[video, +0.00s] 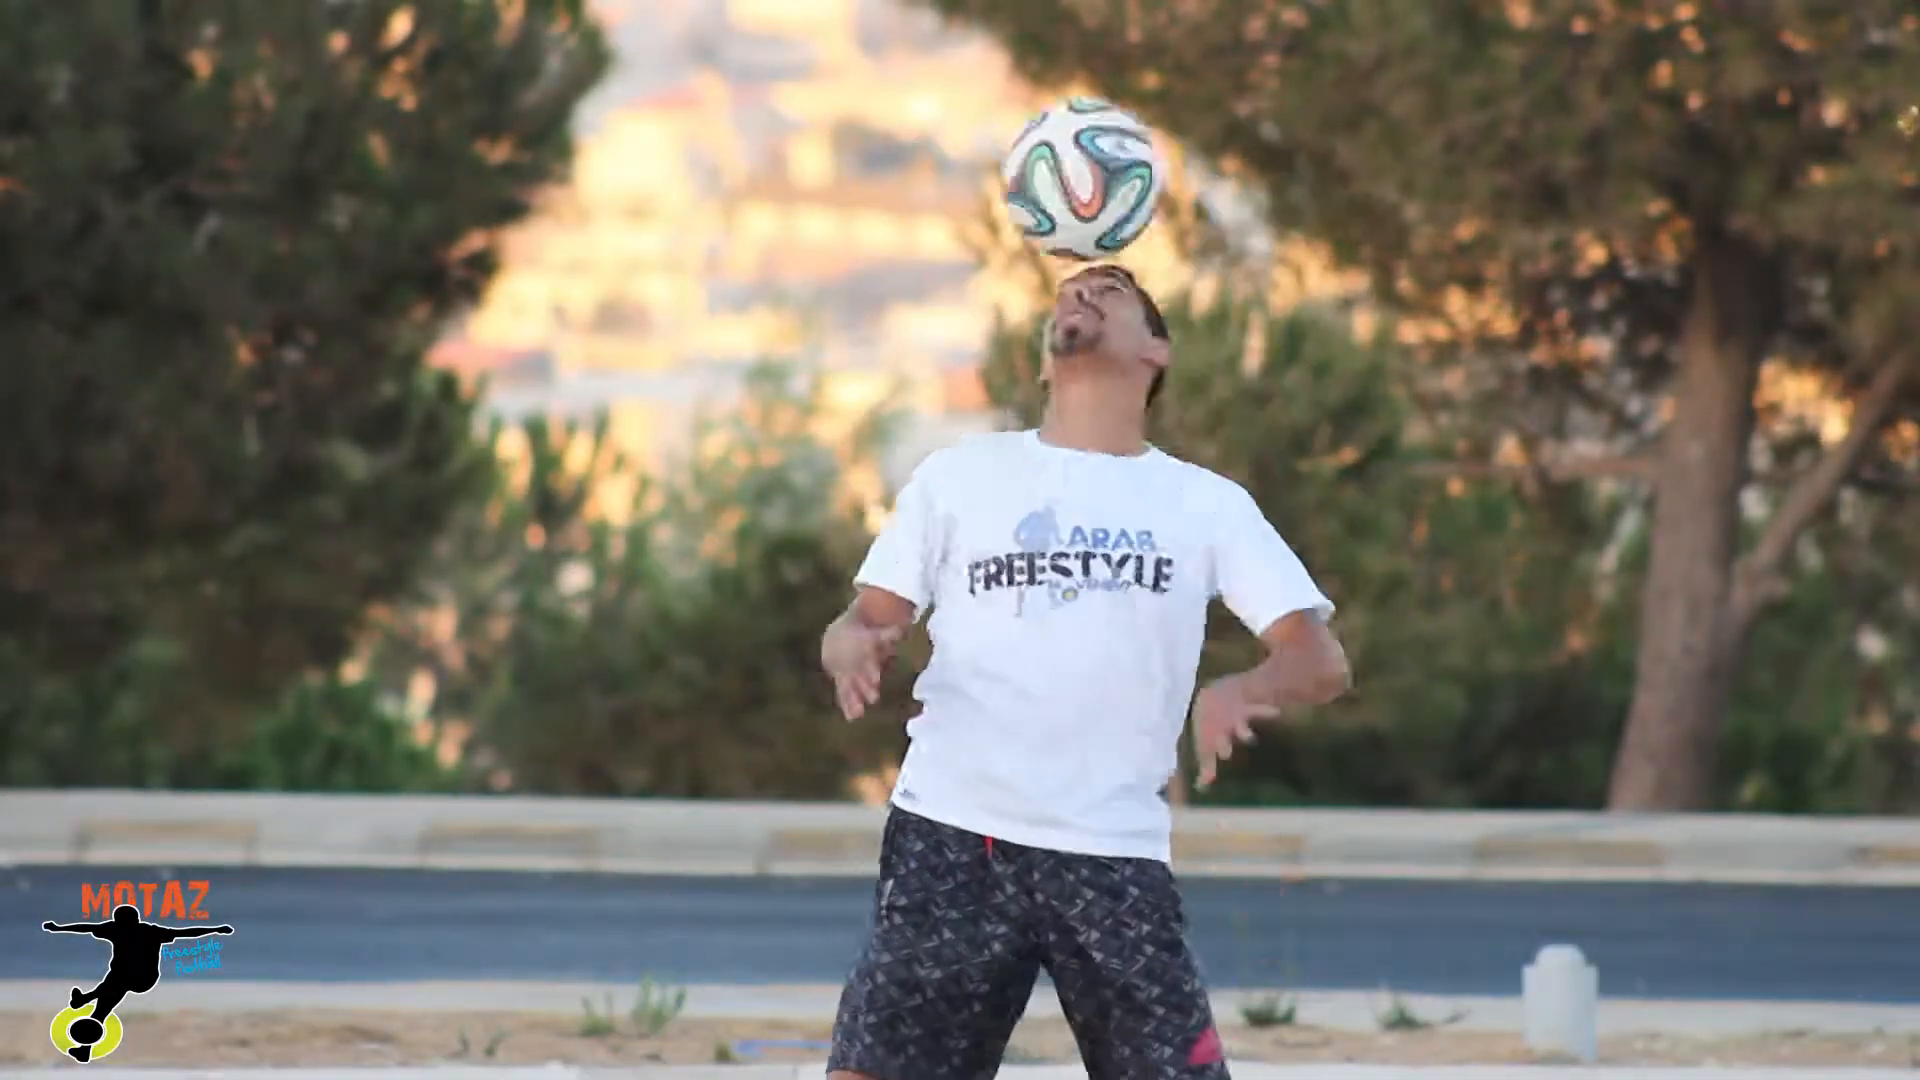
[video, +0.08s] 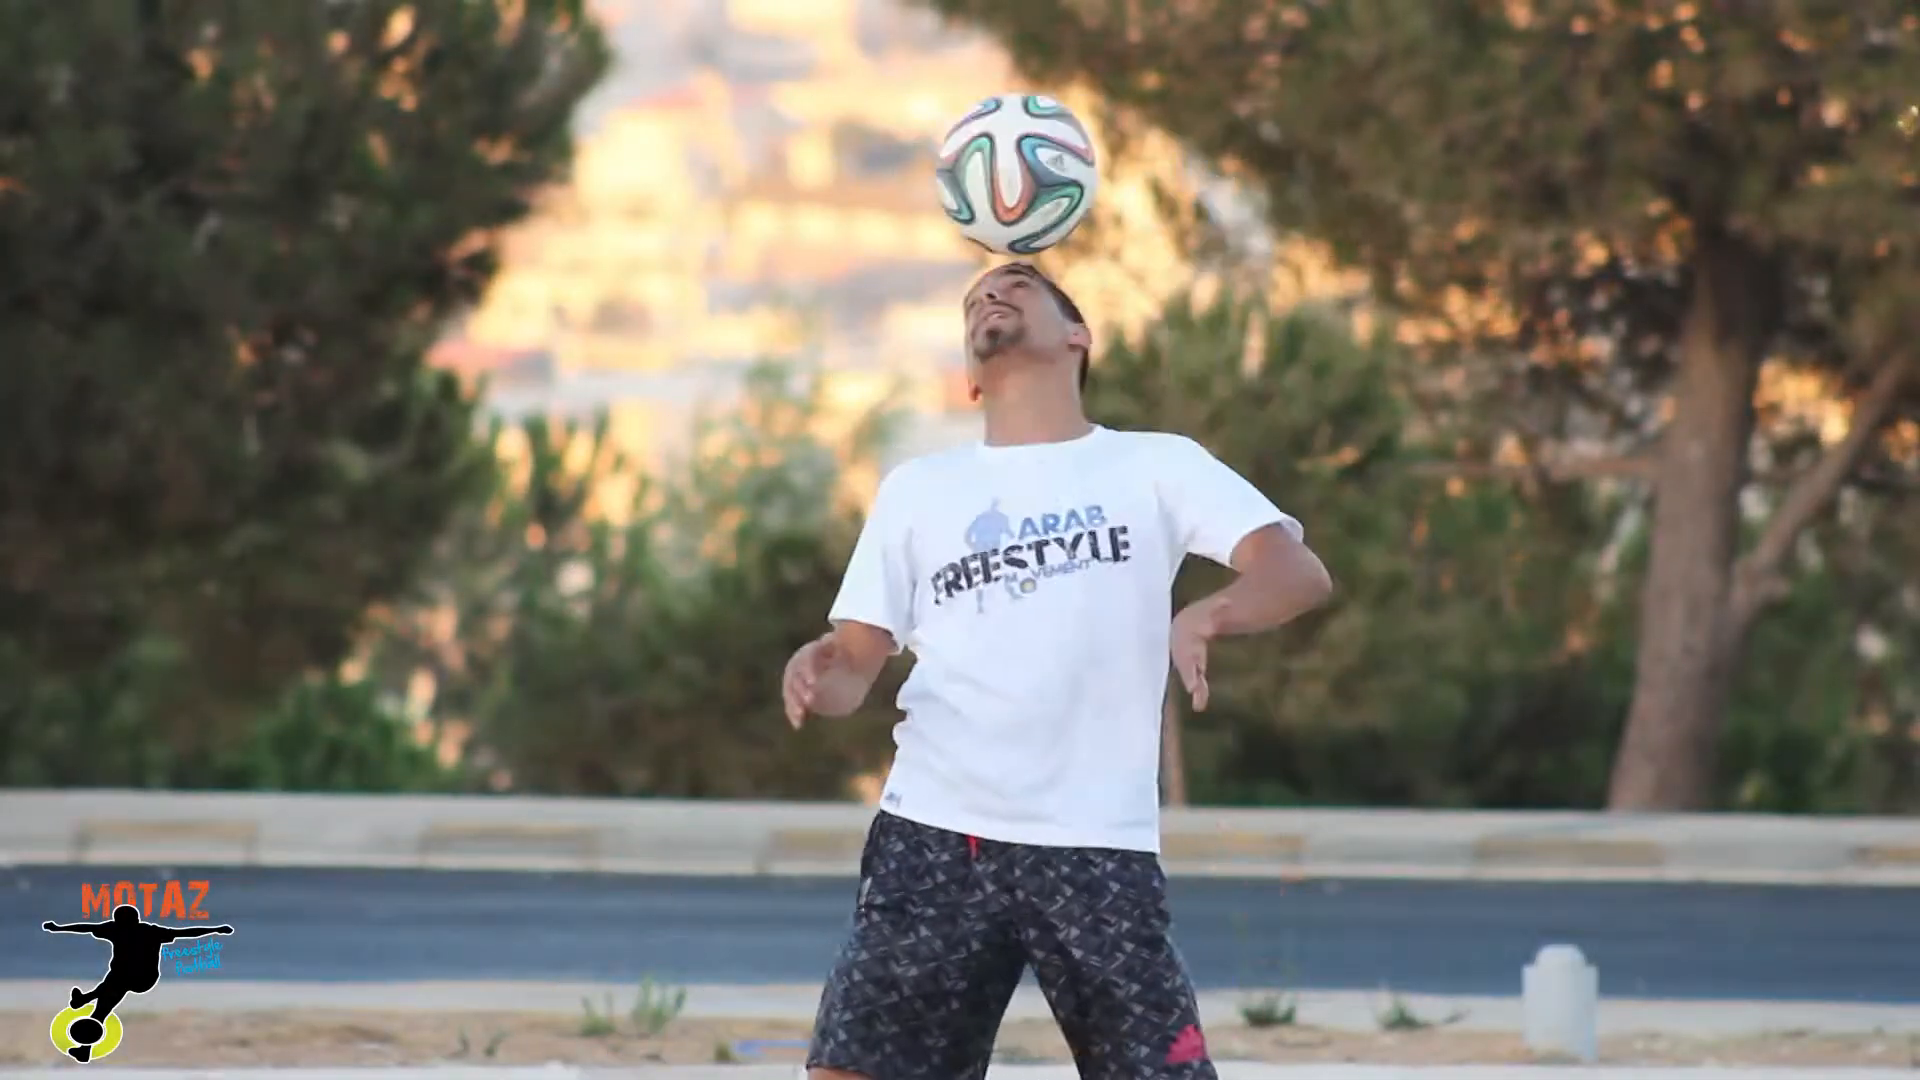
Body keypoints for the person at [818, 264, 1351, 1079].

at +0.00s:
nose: (1080, 296)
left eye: (1110, 292)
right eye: (1066, 293)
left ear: (1157, 353)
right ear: (1048, 346)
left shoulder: (1211, 504)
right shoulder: (955, 476)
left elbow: (1322, 661)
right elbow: (864, 622)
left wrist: (1239, 690)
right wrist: (848, 648)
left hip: (1111, 864)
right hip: (945, 848)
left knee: (1177, 1070)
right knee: (871, 1066)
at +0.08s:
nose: (993, 295)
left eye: (1020, 287)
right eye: (976, 302)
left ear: (1077, 339)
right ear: (972, 375)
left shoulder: (1161, 464)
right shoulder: (915, 489)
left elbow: (1299, 572)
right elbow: (851, 668)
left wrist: (1207, 614)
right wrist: (813, 670)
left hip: (1096, 856)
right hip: (930, 848)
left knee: (1163, 1071)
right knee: (849, 1066)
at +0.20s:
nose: (828, 368)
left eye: (846, 348)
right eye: (812, 383)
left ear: (915, 363)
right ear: (837, 446)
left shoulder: (1053, 451)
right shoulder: (846, 559)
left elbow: (1205, 490)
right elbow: (819, 755)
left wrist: (1174, 586)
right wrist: (751, 744)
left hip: (1039, 877)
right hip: (879, 881)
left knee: (1118, 1071)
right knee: (806, 1071)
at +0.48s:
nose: (860, 309)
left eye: (879, 299)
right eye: (832, 312)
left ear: (927, 343)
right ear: (819, 381)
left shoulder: (1035, 466)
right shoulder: (798, 511)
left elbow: (1197, 591)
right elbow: (769, 687)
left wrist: (1219, 685)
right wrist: (724, 713)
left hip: (989, 867)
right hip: (823, 868)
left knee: (1051, 1066)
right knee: (770, 1068)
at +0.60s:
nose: (970, 304)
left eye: (998, 301)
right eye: (948, 301)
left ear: (1032, 367)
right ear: (915, 365)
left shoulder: (1093, 516)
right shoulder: (838, 482)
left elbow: (1163, 681)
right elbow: (742, 617)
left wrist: (1223, 781)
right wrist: (726, 651)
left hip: (1001, 886)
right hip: (829, 876)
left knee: (1075, 1071)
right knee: (764, 1069)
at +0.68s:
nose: (1017, 329)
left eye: (1049, 329)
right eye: (998, 322)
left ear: (1071, 398)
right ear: (959, 377)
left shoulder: (1100, 551)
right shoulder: (856, 481)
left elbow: (1145, 723)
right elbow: (722, 609)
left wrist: (1204, 840)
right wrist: (728, 621)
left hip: (1000, 911)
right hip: (824, 896)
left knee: (1103, 1071)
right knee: (758, 1069)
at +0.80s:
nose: (1069, 450)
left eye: (1100, 464)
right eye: (1072, 425)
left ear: (1092, 526)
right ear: (1026, 429)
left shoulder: (1064, 620)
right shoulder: (853, 496)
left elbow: (1064, 776)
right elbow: (683, 571)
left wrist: (1140, 903)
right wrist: (745, 612)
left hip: (975, 936)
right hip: (797, 925)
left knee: (1094, 1074)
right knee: (737, 1073)